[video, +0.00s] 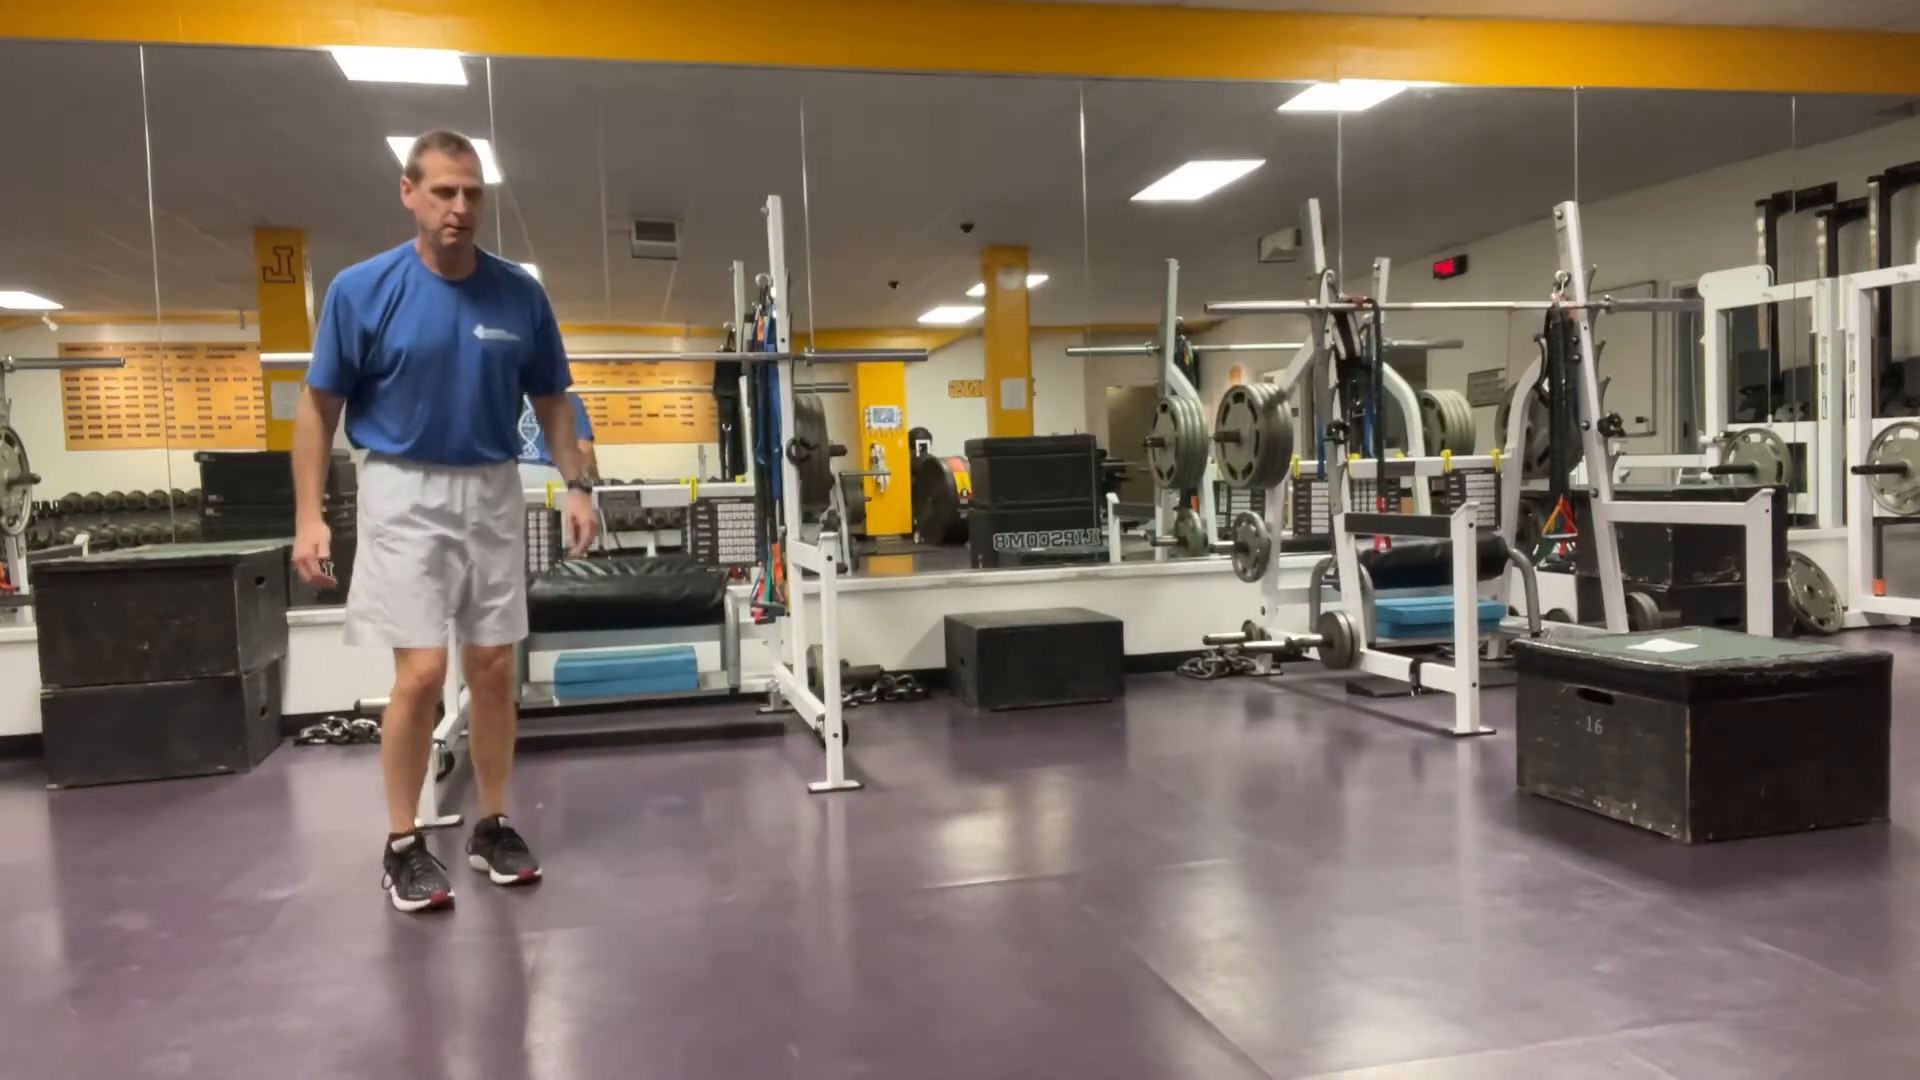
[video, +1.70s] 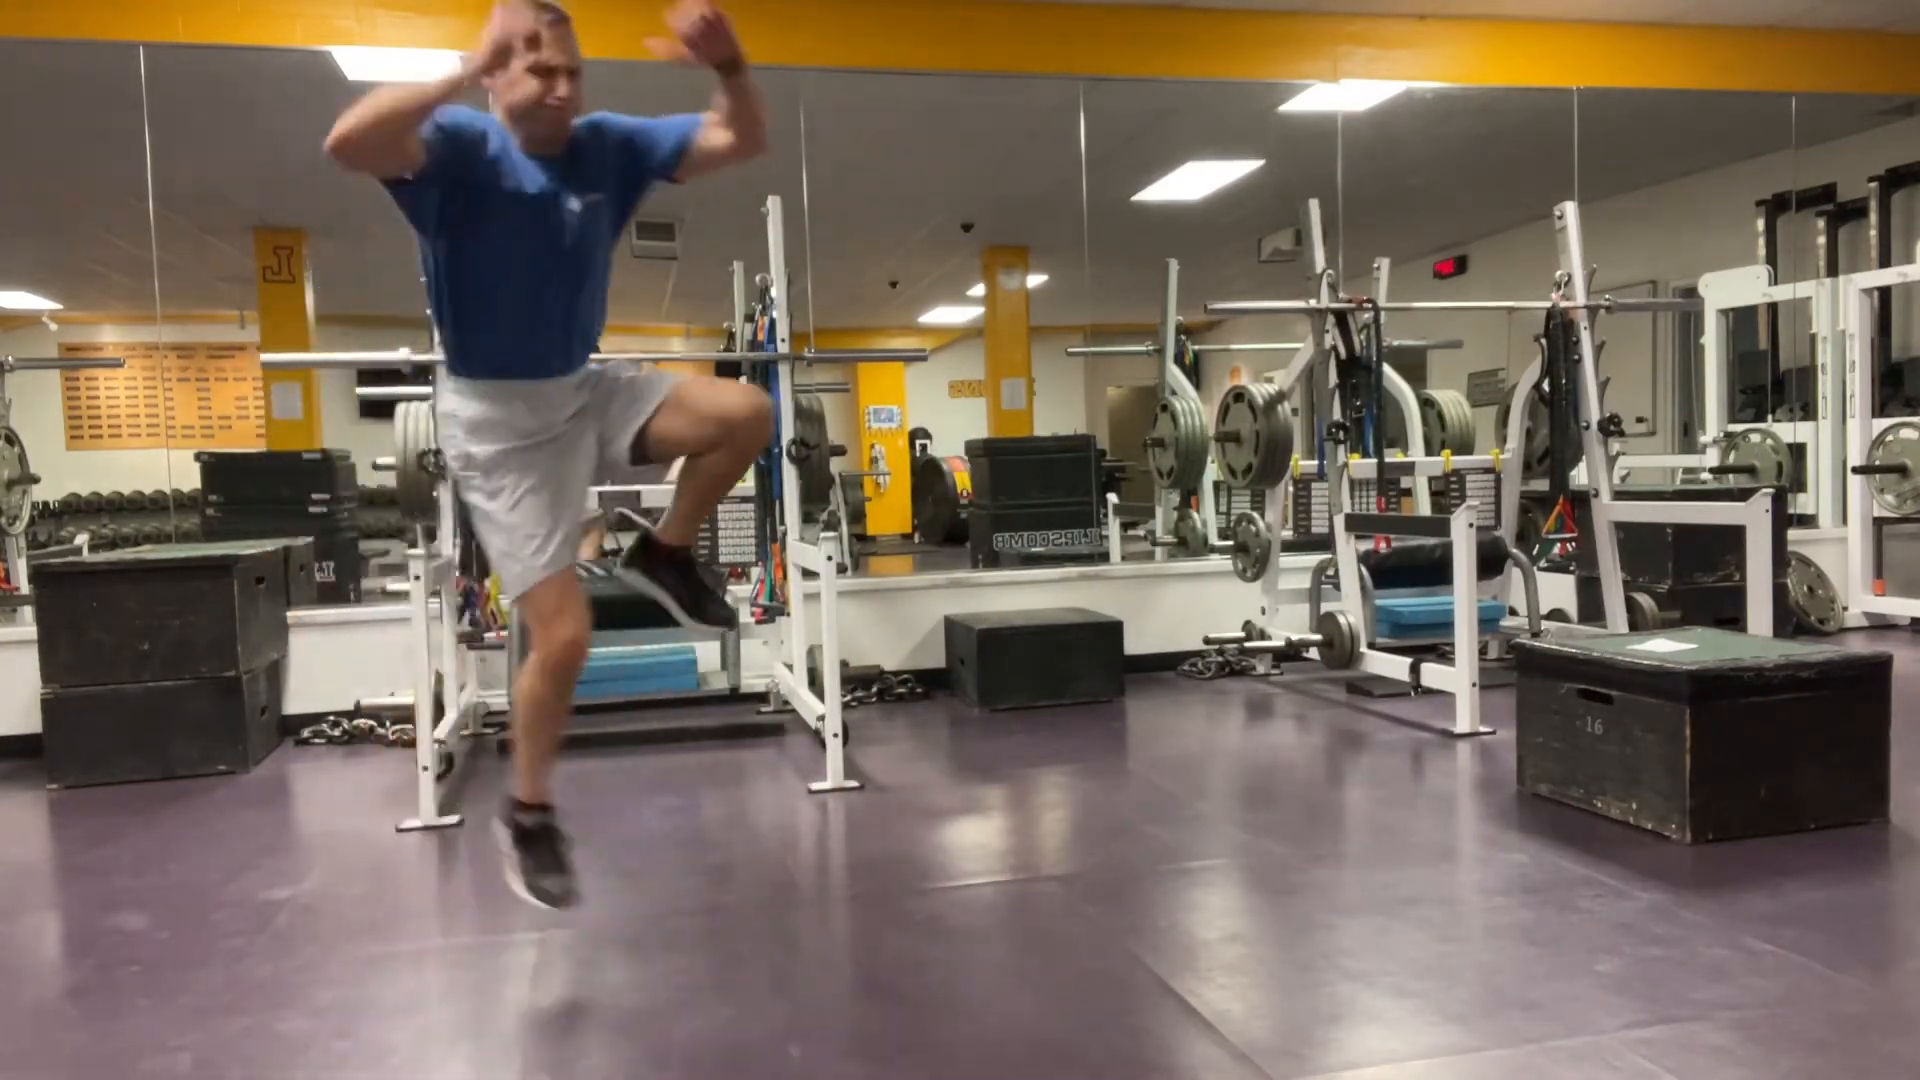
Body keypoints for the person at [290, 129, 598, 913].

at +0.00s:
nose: (460, 207)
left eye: (471, 193)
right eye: (444, 193)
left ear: (483, 199)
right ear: (409, 195)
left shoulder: (519, 295)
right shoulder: (358, 292)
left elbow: (553, 398)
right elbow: (317, 407)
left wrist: (579, 483)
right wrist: (309, 518)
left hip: (492, 494)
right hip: (402, 494)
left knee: (493, 667)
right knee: (422, 674)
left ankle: (496, 825)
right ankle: (404, 842)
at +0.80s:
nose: (403, 232)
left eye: (414, 216)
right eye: (387, 217)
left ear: (428, 218)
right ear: (350, 216)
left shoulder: (464, 299)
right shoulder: (301, 305)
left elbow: (506, 398)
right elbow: (269, 426)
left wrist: (521, 453)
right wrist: (308, 500)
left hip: (449, 485)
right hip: (356, 503)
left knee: (512, 549)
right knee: (387, 685)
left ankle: (485, 674)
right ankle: (400, 839)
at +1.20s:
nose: (440, 306)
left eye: (451, 290)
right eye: (421, 291)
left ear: (464, 289)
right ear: (381, 290)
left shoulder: (503, 360)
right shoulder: (331, 364)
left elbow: (516, 416)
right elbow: (263, 410)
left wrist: (502, 492)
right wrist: (241, 486)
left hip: (455, 527)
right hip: (362, 535)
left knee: (490, 668)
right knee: (414, 698)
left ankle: (426, 707)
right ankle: (400, 841)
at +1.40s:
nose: (447, 263)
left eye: (455, 247)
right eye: (429, 248)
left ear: (469, 248)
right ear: (385, 250)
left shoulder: (498, 314)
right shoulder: (350, 334)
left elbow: (598, 357)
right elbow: (363, 418)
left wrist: (580, 295)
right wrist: (455, 324)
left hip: (483, 527)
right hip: (393, 549)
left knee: (569, 616)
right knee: (442, 730)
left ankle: (542, 761)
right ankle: (405, 837)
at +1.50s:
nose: (465, 186)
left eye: (474, 167)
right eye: (446, 173)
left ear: (492, 171)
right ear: (411, 180)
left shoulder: (515, 232)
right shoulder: (383, 250)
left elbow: (604, 160)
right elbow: (400, 205)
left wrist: (561, 58)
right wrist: (453, 72)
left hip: (518, 473)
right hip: (429, 497)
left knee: (639, 539)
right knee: (441, 705)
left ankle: (617, 687)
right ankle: (403, 822)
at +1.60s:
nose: (501, 109)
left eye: (514, 94)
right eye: (480, 93)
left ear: (528, 103)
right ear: (439, 107)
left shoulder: (554, 161)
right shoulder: (418, 181)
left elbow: (661, 103)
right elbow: (388, 121)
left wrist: (624, 13)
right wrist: (460, 8)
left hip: (553, 414)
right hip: (461, 438)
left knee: (701, 458)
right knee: (493, 664)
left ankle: (653, 606)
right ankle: (442, 783)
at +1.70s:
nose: (553, 80)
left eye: (566, 69)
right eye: (533, 68)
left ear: (581, 81)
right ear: (494, 82)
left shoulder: (609, 147)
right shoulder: (459, 147)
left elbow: (742, 135)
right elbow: (349, 143)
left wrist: (728, 66)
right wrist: (464, 77)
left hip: (586, 388)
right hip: (496, 420)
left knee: (744, 416)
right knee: (562, 638)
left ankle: (666, 552)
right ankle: (531, 815)